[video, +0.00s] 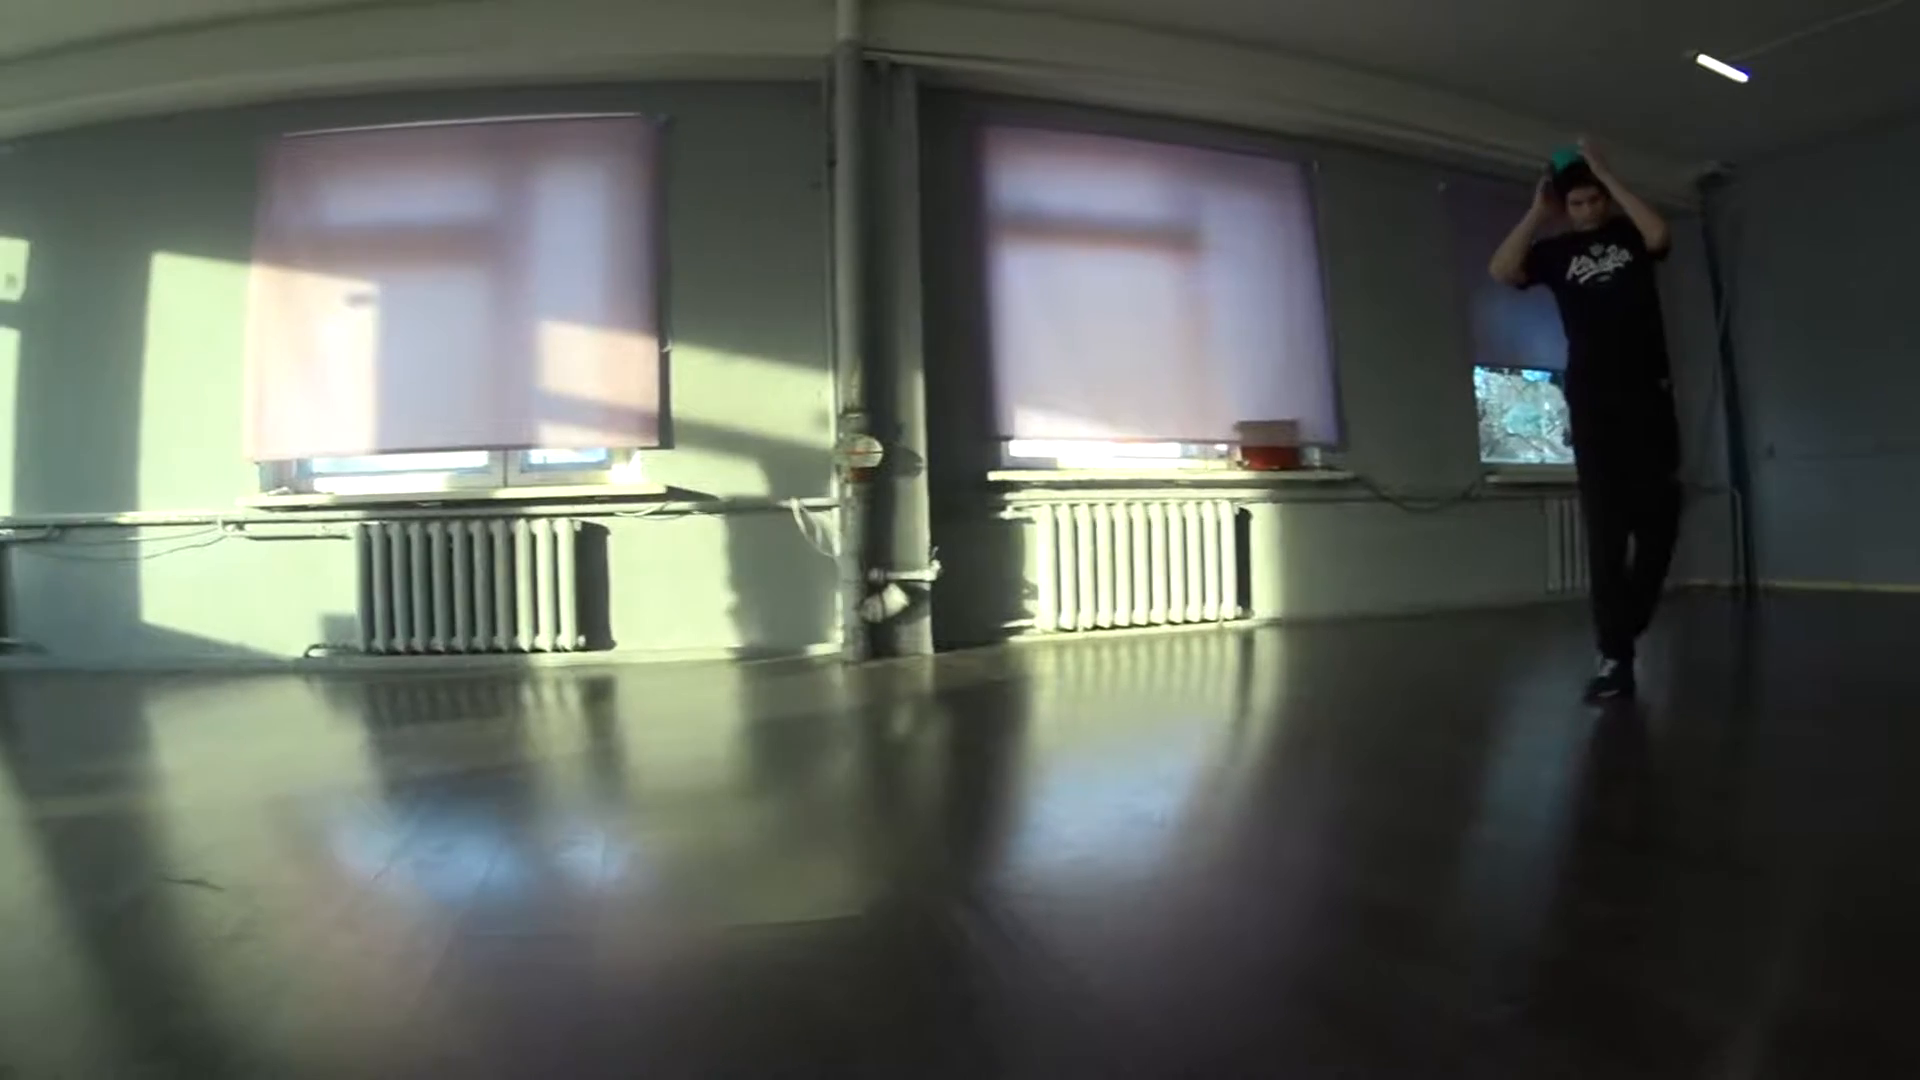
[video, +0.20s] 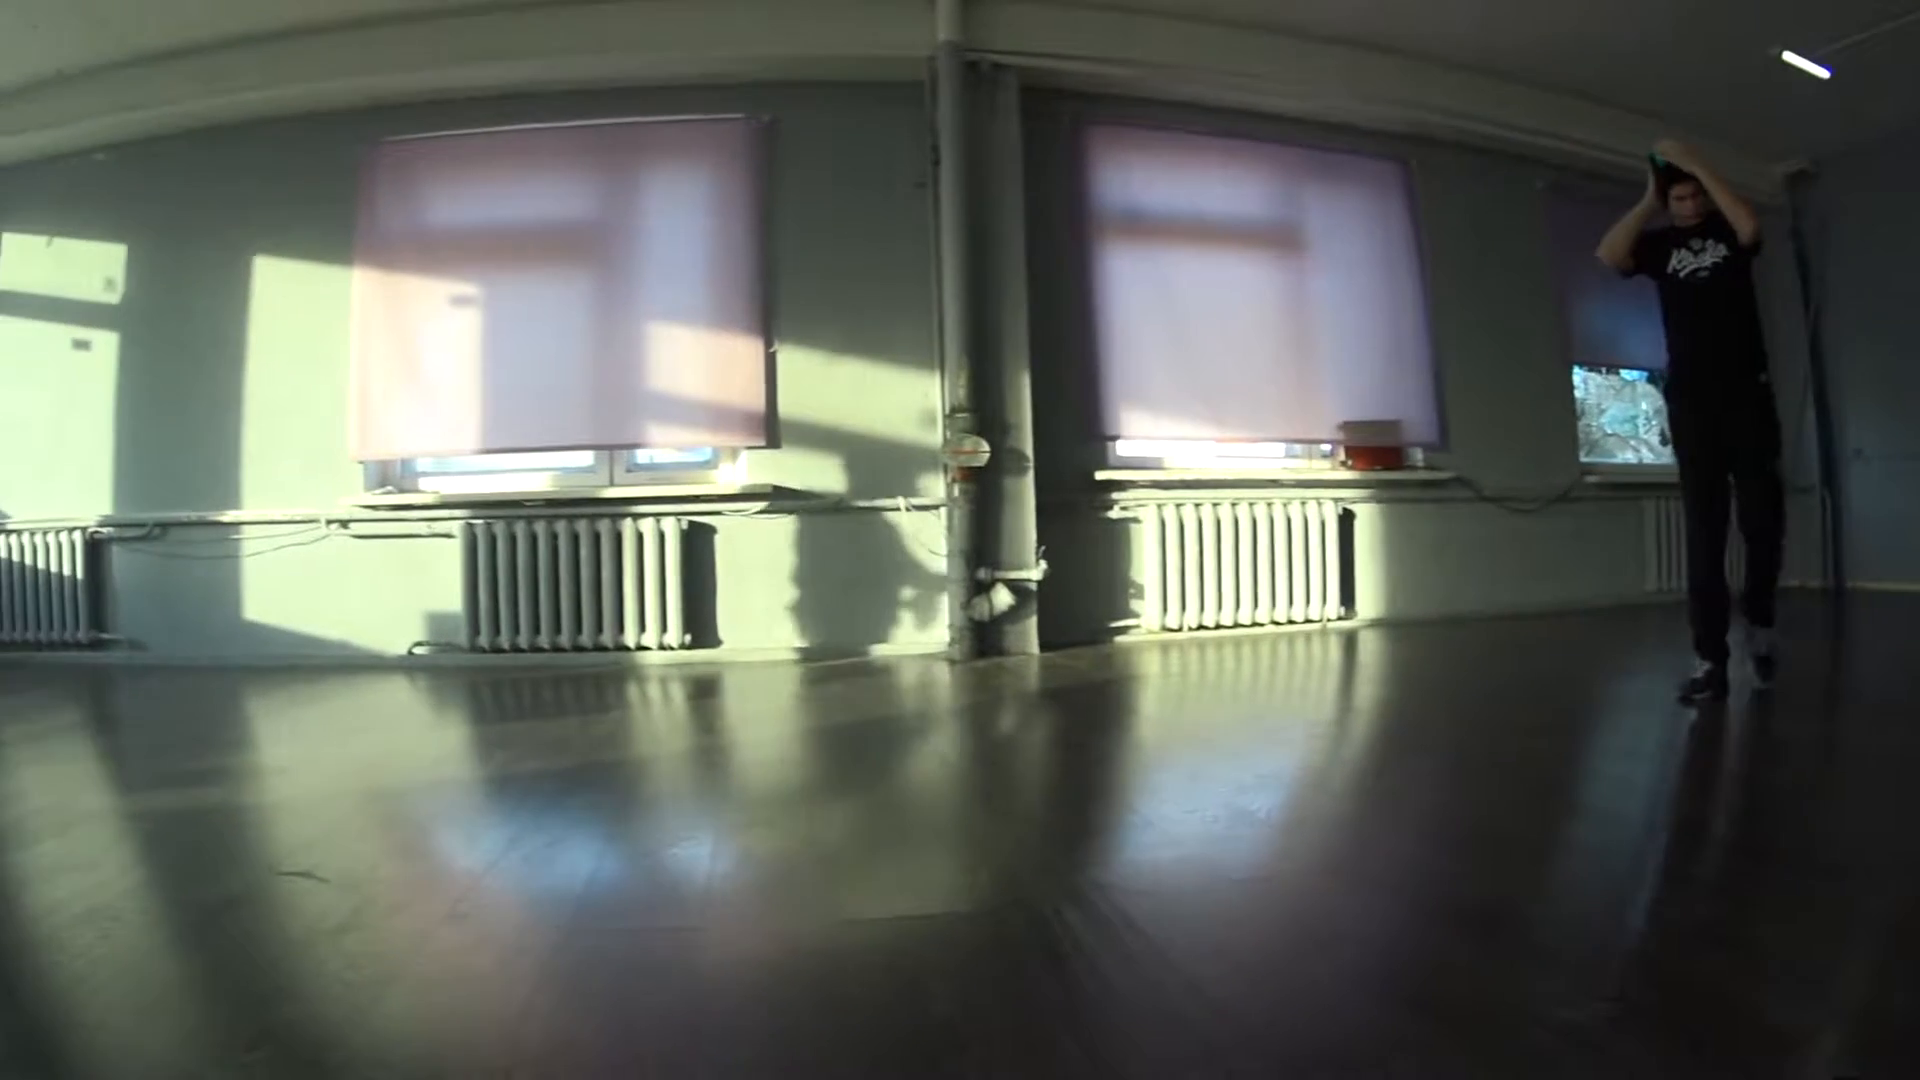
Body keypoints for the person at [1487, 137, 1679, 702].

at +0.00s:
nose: (1584, 206)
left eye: (1592, 196)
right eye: (1574, 199)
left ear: (1608, 198)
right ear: (1562, 206)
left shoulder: (1633, 238)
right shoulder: (1557, 254)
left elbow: (1658, 237)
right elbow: (1503, 270)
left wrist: (1607, 174)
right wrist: (1536, 214)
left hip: (1647, 398)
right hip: (1593, 404)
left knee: (1658, 522)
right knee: (1605, 529)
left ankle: (1626, 634)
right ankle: (1613, 656)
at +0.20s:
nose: (1686, 201)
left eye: (1694, 192)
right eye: (1676, 194)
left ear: (1709, 196)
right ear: (1665, 203)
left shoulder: (1734, 236)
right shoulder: (1660, 248)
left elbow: (1746, 228)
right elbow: (1610, 256)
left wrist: (1696, 164)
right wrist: (1647, 202)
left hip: (1746, 397)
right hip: (1691, 402)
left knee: (1763, 520)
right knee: (1704, 530)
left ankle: (1760, 626)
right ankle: (1710, 658)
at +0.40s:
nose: (1773, 198)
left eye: (1780, 190)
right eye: (1764, 191)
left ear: (1796, 195)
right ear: (1753, 201)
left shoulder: (1819, 235)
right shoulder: (1748, 246)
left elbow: (1827, 228)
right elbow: (1703, 251)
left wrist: (1783, 169)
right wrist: (1741, 202)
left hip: (1830, 396)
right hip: (1776, 401)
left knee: (1848, 525)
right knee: (1782, 535)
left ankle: (1872, 646)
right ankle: (1786, 663)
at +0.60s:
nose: (1822, 188)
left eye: (1829, 177)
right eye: (1814, 178)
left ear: (1850, 175)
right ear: (1811, 182)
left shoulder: (1888, 216)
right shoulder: (1821, 235)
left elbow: (1881, 227)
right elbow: (1770, 251)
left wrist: (1840, 168)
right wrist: (1807, 199)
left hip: (1895, 396)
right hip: (1841, 401)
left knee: (1907, 532)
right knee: (1839, 537)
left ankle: (1915, 653)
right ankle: (1837, 664)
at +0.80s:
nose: (1872, 185)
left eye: (1880, 173)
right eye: (1866, 176)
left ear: (1904, 173)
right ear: (1867, 183)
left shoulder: (1913, 229)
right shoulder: (1878, 236)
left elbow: (1908, 226)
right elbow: (1829, 254)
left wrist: (1884, 165)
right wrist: (1864, 198)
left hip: (1916, 400)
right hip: (1892, 400)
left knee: (1903, 532)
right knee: (1885, 531)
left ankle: (1884, 661)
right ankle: (1878, 663)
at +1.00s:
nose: (1898, 174)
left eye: (1902, 164)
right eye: (1897, 164)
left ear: (1913, 162)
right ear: (1906, 164)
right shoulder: (1911, 217)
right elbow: (1869, 251)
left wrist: (1907, 174)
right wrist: (1906, 195)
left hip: (1919, 391)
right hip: (1916, 388)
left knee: (1912, 520)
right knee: (1909, 517)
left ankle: (1908, 656)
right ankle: (1904, 654)